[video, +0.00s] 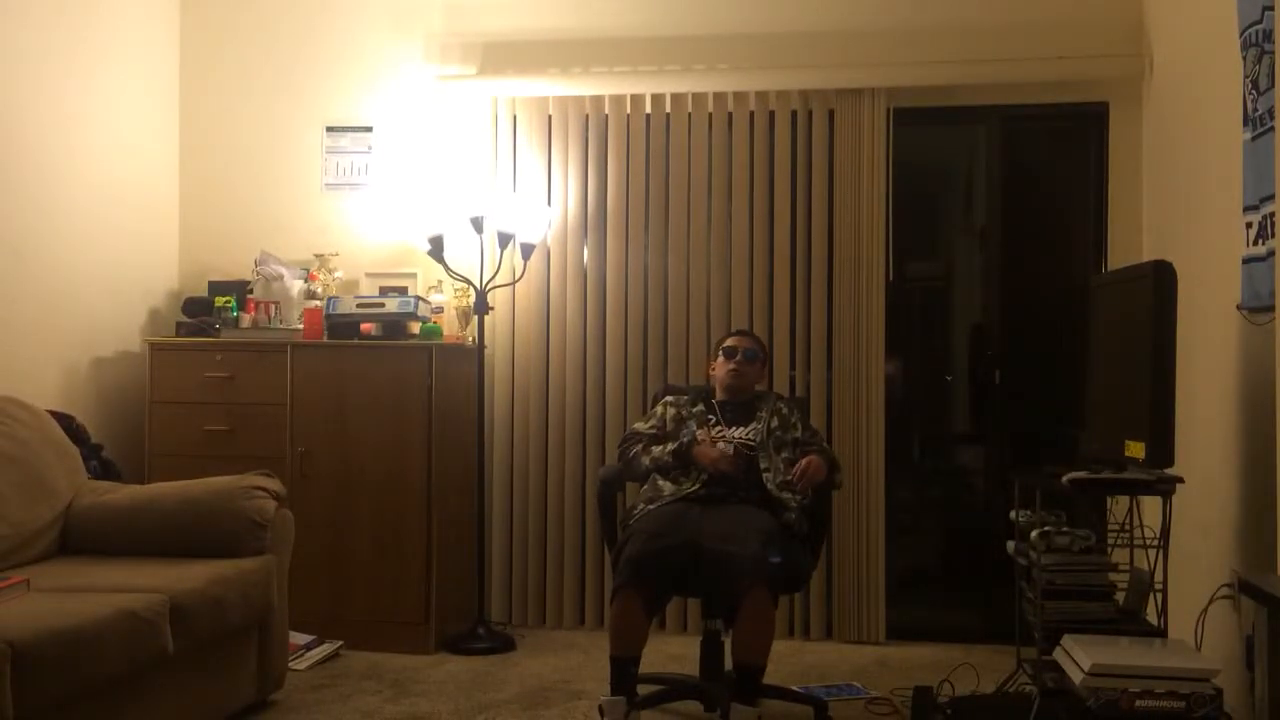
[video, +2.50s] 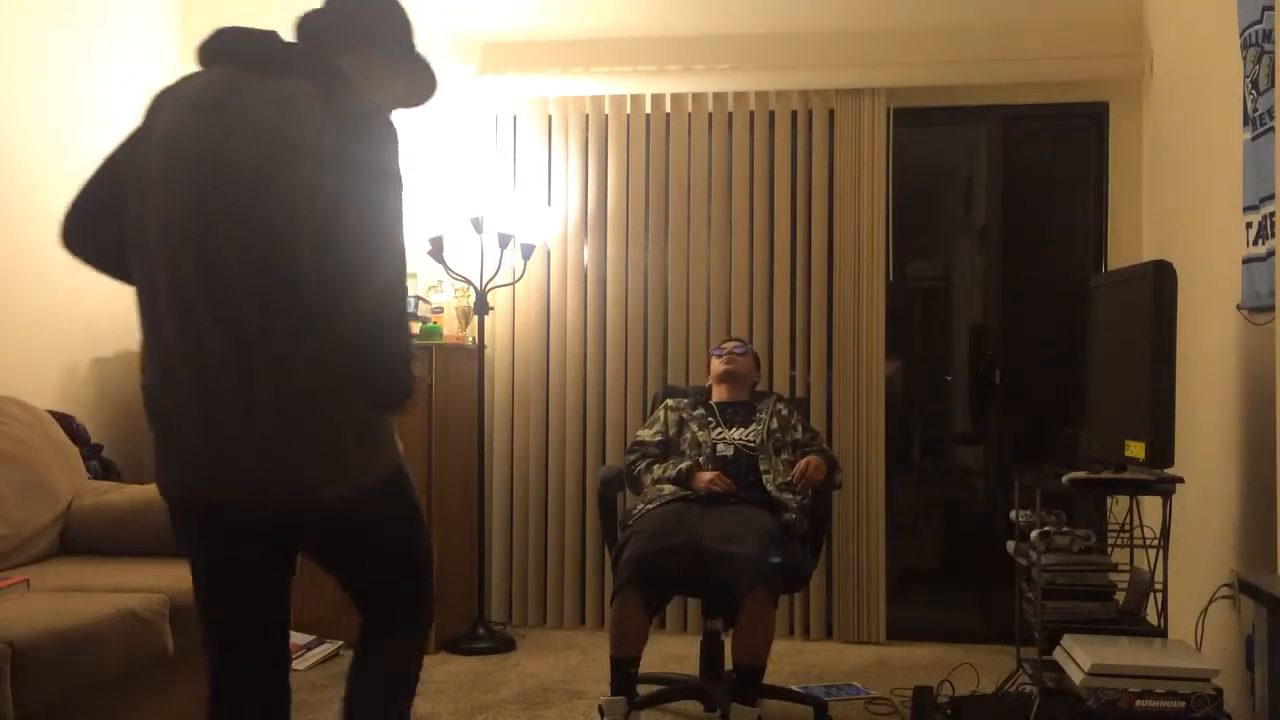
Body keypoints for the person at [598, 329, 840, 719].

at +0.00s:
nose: (739, 360)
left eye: (750, 356)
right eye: (729, 353)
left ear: (762, 373)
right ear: (712, 366)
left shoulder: (780, 413)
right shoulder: (675, 407)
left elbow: (820, 454)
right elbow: (630, 454)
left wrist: (820, 459)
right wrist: (690, 452)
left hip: (748, 509)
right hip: (672, 506)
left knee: (756, 576)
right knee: (637, 567)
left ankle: (746, 704)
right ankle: (621, 697)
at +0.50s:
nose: (743, 358)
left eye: (755, 356)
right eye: (734, 351)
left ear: (764, 379)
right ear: (715, 366)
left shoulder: (782, 415)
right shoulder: (674, 407)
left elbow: (825, 458)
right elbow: (631, 457)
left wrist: (821, 459)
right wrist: (690, 462)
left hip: (748, 509)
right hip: (672, 506)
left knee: (757, 577)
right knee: (637, 568)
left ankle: (746, 703)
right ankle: (621, 695)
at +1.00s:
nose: (737, 352)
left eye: (749, 352)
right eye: (729, 350)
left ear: (762, 376)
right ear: (713, 372)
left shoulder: (782, 414)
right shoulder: (675, 408)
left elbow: (825, 459)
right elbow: (634, 461)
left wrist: (821, 461)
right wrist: (691, 469)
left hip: (750, 508)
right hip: (674, 506)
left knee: (757, 575)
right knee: (637, 566)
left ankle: (746, 704)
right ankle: (621, 694)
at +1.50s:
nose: (717, 354)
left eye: (729, 349)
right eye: (709, 354)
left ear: (751, 370)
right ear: (702, 376)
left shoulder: (778, 410)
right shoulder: (673, 409)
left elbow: (823, 454)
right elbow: (636, 463)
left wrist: (820, 460)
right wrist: (690, 472)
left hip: (750, 508)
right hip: (674, 505)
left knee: (757, 576)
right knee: (638, 567)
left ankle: (746, 704)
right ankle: (621, 696)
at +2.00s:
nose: (719, 354)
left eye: (730, 349)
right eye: (711, 353)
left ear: (752, 370)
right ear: (703, 374)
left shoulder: (778, 412)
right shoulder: (673, 410)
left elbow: (825, 458)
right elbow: (639, 464)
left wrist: (820, 462)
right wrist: (689, 476)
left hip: (751, 508)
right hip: (675, 505)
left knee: (757, 574)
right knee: (638, 566)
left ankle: (746, 705)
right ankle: (621, 696)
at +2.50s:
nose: (728, 351)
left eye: (739, 349)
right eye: (719, 350)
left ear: (757, 370)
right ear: (708, 371)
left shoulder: (779, 412)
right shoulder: (674, 410)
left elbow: (824, 457)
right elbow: (638, 464)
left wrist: (820, 461)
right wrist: (690, 476)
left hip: (750, 507)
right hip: (673, 504)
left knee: (758, 576)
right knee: (638, 568)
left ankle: (746, 703)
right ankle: (621, 694)